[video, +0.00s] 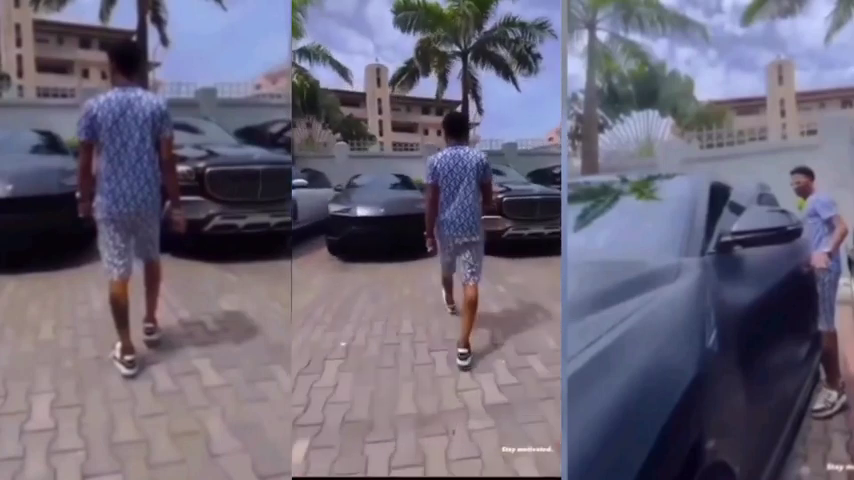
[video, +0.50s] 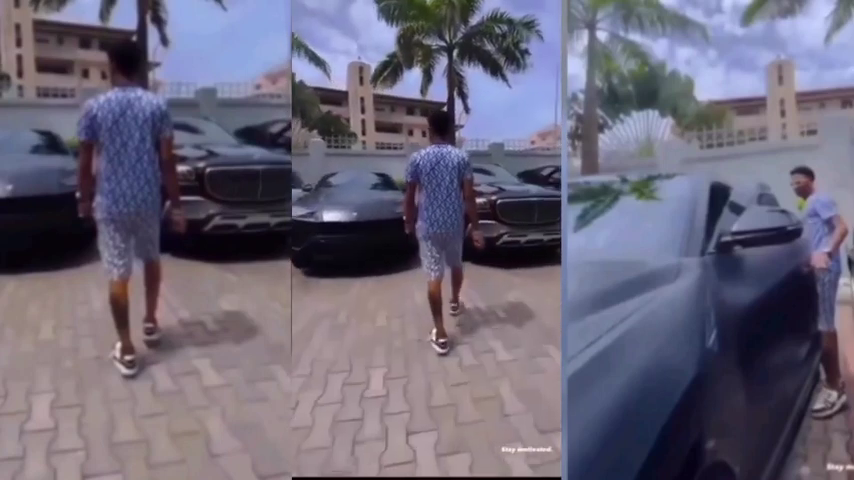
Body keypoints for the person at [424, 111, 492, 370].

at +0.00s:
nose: (447, 135)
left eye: (446, 131)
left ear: (445, 133)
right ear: (467, 132)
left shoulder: (436, 161)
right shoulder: (479, 158)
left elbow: (432, 201)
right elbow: (487, 194)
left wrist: (429, 232)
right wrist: (481, 209)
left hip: (446, 226)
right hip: (472, 226)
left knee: (447, 267)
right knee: (471, 282)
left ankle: (450, 301)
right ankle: (464, 344)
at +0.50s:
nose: (430, 133)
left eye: (429, 129)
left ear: (430, 130)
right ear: (451, 130)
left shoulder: (418, 158)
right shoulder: (460, 157)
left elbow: (410, 195)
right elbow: (469, 195)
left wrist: (409, 221)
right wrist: (475, 227)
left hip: (428, 224)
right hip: (454, 223)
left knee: (434, 276)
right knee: (456, 263)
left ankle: (440, 333)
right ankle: (454, 300)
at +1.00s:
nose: (401, 133)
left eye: (401, 129)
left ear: (402, 130)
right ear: (424, 130)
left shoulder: (392, 156)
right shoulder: (432, 157)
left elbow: (386, 193)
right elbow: (440, 192)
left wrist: (386, 223)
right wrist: (439, 219)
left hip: (399, 223)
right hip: (425, 223)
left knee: (398, 268)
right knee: (425, 271)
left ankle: (403, 307)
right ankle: (420, 322)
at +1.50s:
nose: (352, 134)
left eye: (347, 129)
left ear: (345, 130)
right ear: (366, 130)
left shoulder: (336, 157)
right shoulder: (378, 155)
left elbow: (334, 196)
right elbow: (389, 193)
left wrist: (333, 228)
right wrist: (394, 222)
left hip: (351, 223)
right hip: (378, 222)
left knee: (357, 271)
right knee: (387, 265)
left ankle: (365, 313)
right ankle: (384, 305)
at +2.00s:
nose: (325, 141)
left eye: (319, 135)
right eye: (330, 137)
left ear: (313, 135)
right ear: (334, 137)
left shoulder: (299, 160)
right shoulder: (342, 163)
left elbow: (293, 197)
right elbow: (349, 198)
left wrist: (295, 226)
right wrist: (356, 225)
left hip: (308, 226)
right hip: (336, 225)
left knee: (313, 277)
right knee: (340, 263)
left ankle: (319, 327)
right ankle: (338, 301)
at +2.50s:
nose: (300, 140)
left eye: (296, 136)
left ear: (295, 136)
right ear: (315, 136)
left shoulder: (289, 160)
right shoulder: (326, 162)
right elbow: (337, 191)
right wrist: (339, 215)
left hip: (298, 223)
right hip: (324, 223)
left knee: (305, 266)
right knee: (324, 271)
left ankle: (314, 296)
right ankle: (319, 326)